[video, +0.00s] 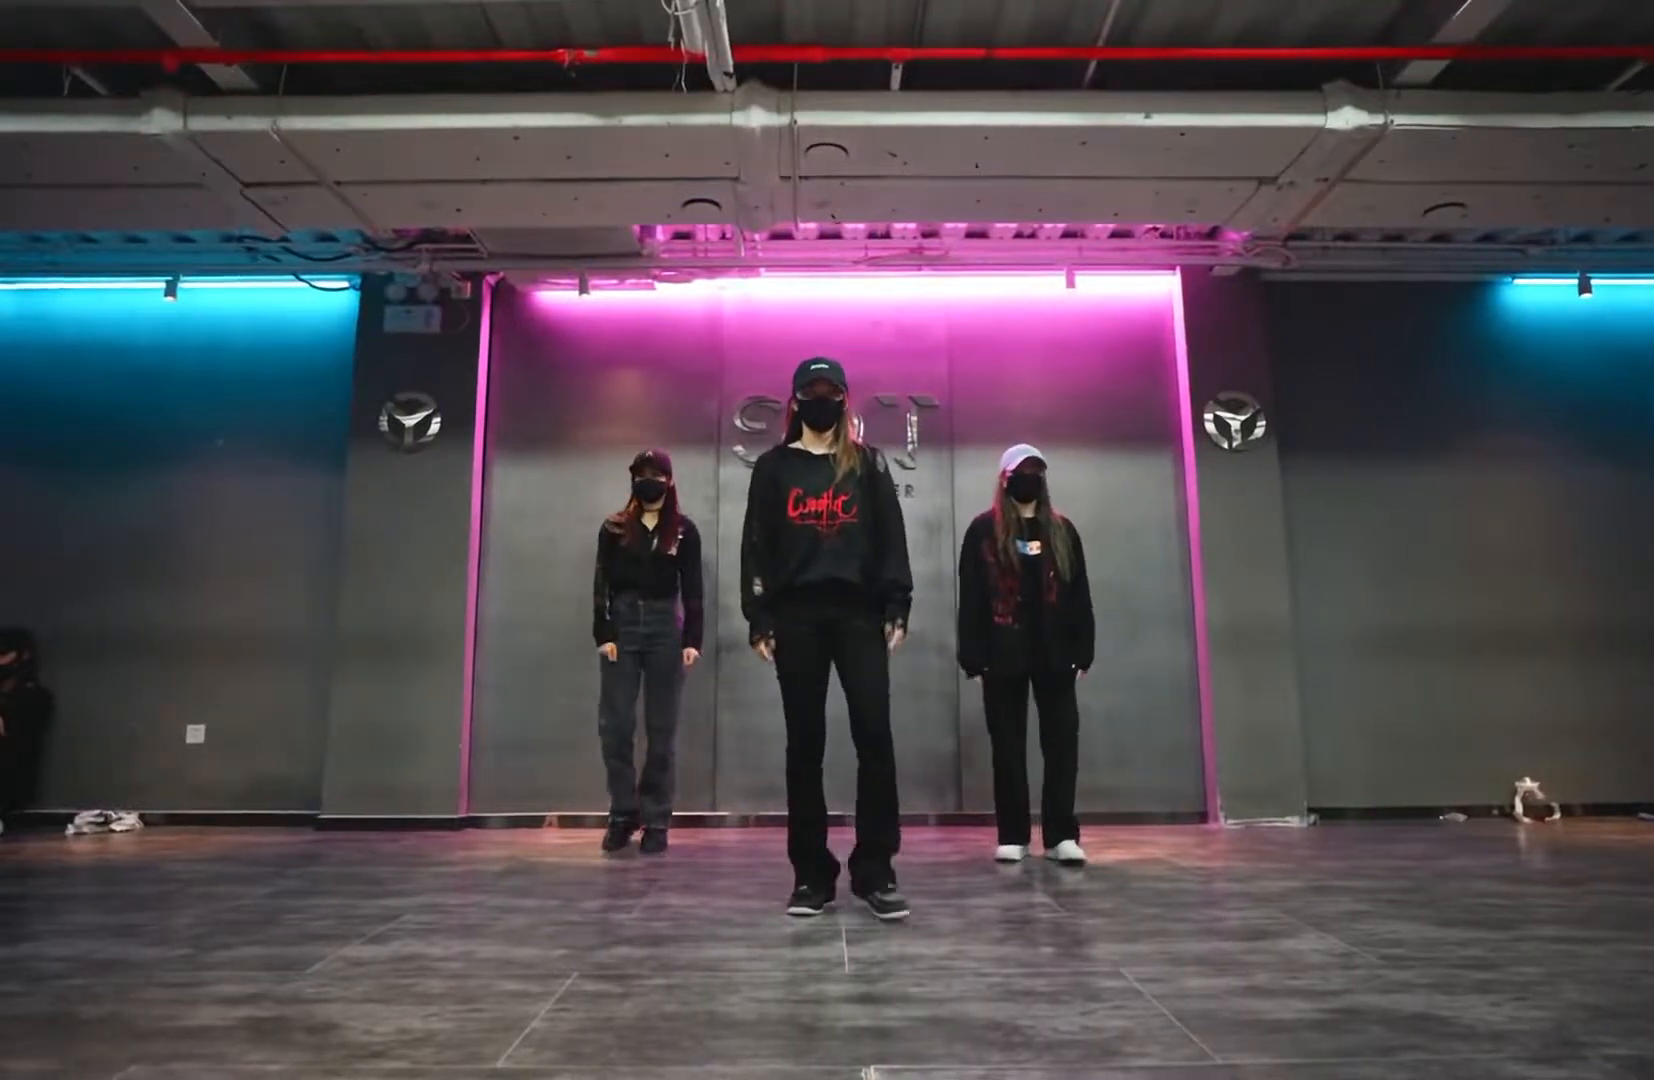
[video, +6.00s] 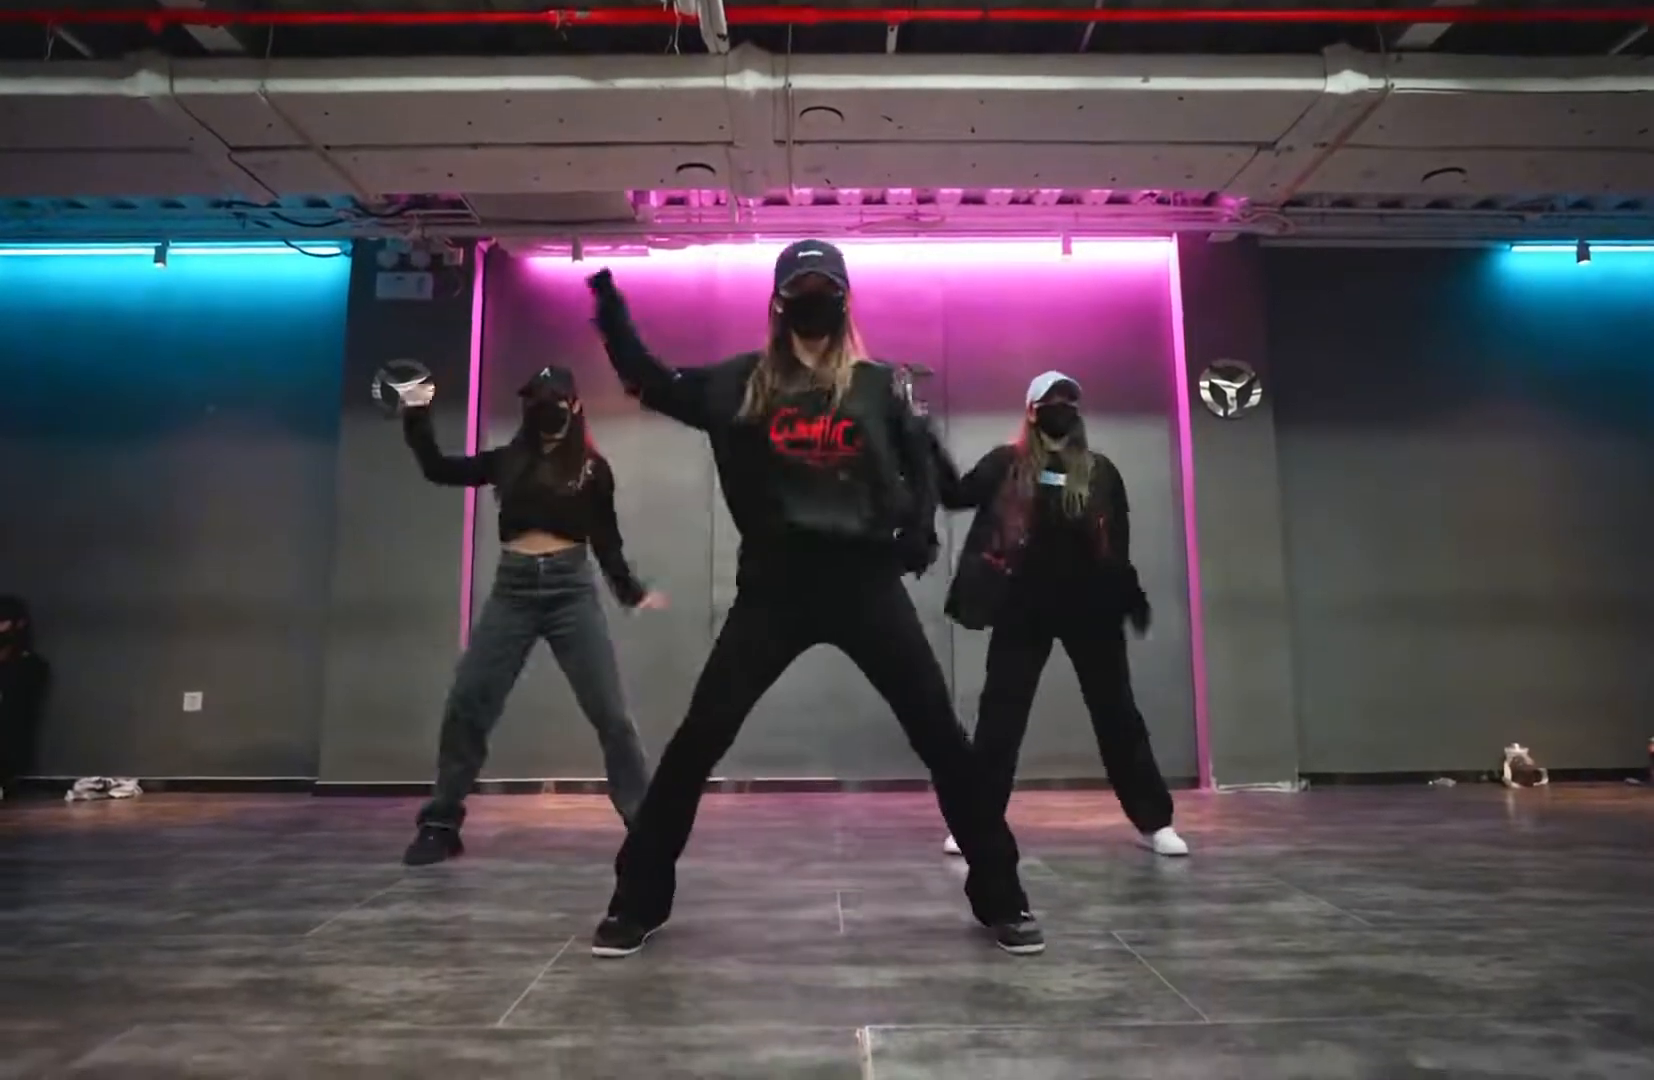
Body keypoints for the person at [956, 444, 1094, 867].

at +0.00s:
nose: (1031, 482)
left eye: (1036, 475)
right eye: (1023, 475)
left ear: (1044, 479)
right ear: (1006, 479)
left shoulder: (1062, 529)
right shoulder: (983, 530)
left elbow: (1079, 594)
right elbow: (971, 596)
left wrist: (1083, 649)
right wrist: (972, 654)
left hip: (1055, 656)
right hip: (1002, 657)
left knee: (1062, 746)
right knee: (1008, 749)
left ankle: (1062, 837)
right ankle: (1012, 838)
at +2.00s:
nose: (1047, 489)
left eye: (1050, 482)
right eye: (1038, 482)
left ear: (1050, 485)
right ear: (1015, 486)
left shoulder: (1059, 533)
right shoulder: (1001, 526)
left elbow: (1079, 603)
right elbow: (966, 545)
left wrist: (1083, 663)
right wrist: (960, 496)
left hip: (1053, 662)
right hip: (1007, 664)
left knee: (1121, 724)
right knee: (984, 762)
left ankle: (1095, 824)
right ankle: (925, 843)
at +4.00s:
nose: (1069, 481)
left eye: (1077, 472)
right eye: (1060, 472)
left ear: (1088, 476)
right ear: (1043, 474)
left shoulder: (1116, 518)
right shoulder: (1026, 520)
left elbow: (1168, 510)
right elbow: (975, 527)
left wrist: (1112, 482)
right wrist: (977, 467)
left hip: (1110, 650)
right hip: (1048, 649)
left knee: (1118, 745)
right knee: (1007, 731)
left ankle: (1124, 848)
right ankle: (995, 836)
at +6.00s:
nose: (1063, 411)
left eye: (1069, 403)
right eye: (1053, 404)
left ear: (1079, 410)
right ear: (1034, 411)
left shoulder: (1100, 471)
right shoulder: (1007, 462)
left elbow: (1117, 546)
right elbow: (956, 494)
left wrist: (1132, 596)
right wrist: (921, 437)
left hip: (1091, 610)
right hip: (1023, 611)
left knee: (1117, 714)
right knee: (1000, 721)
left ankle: (1157, 823)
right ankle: (972, 830)